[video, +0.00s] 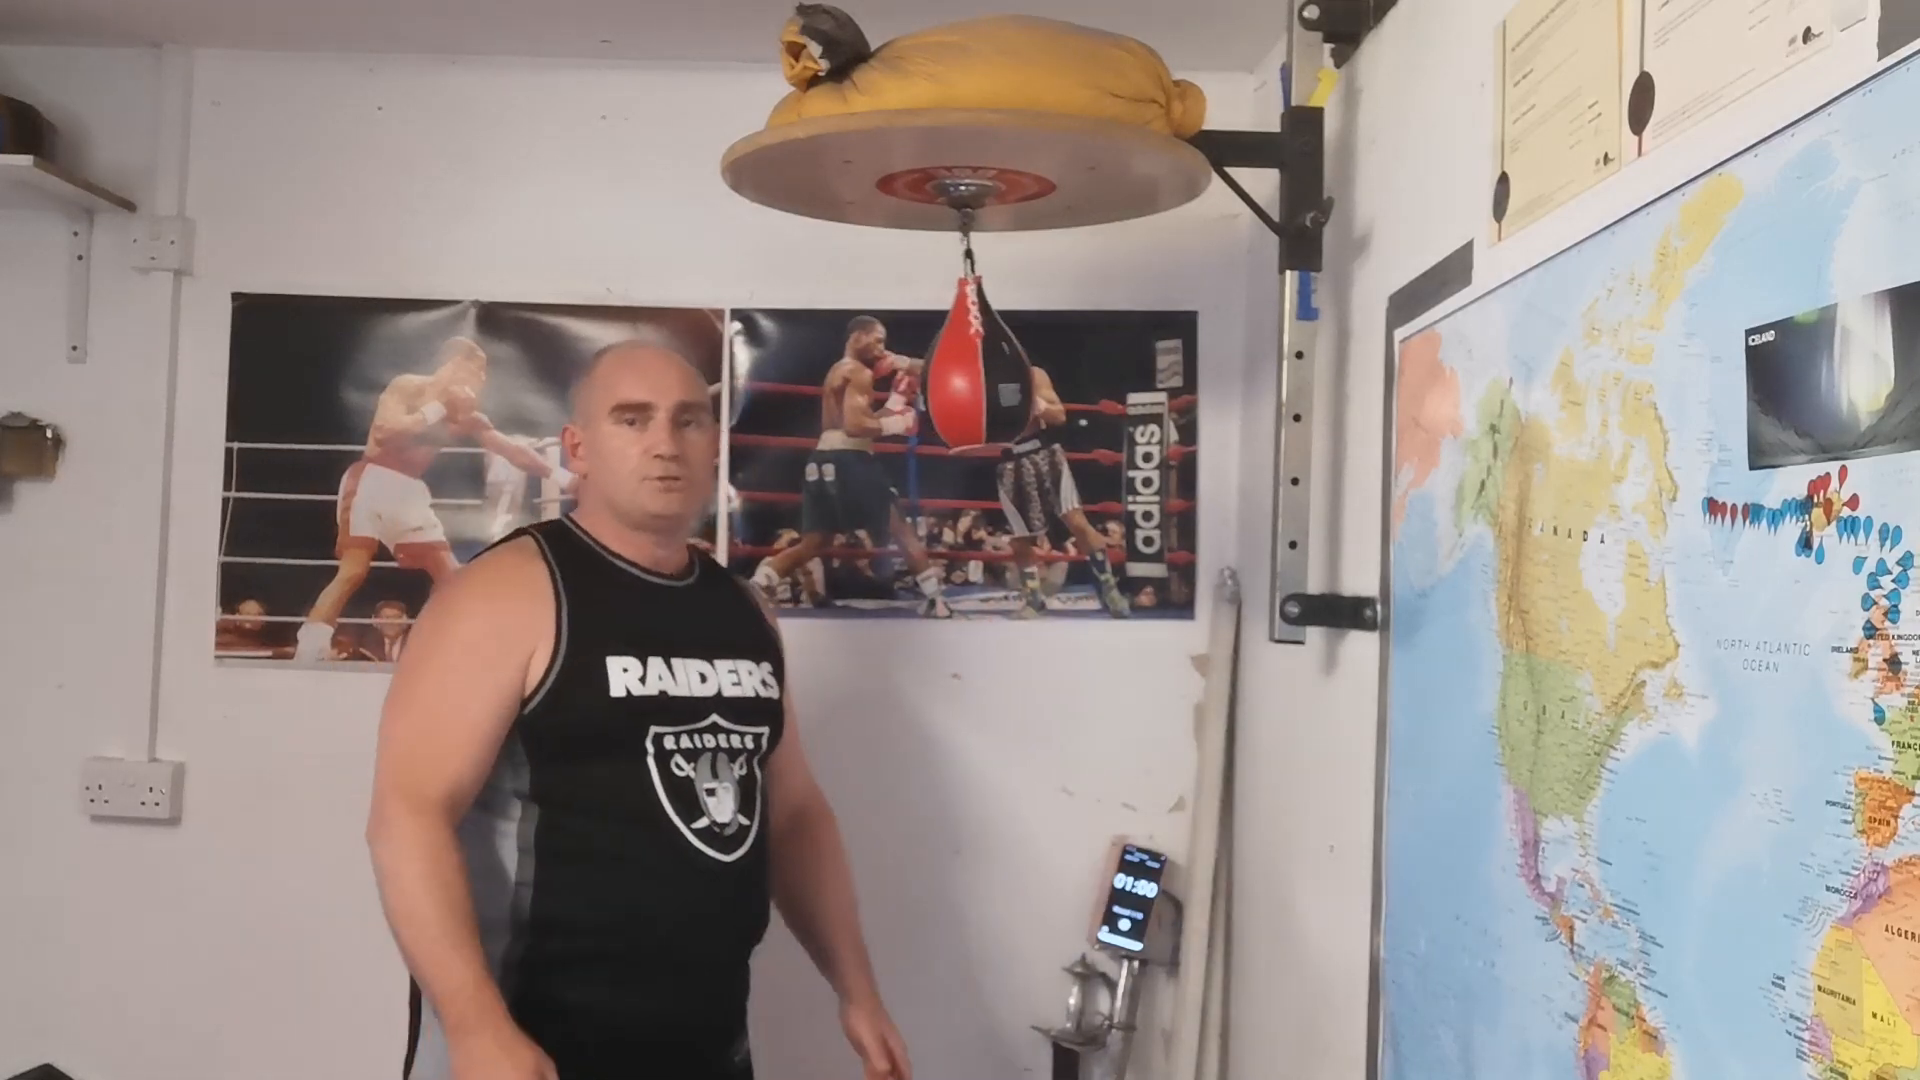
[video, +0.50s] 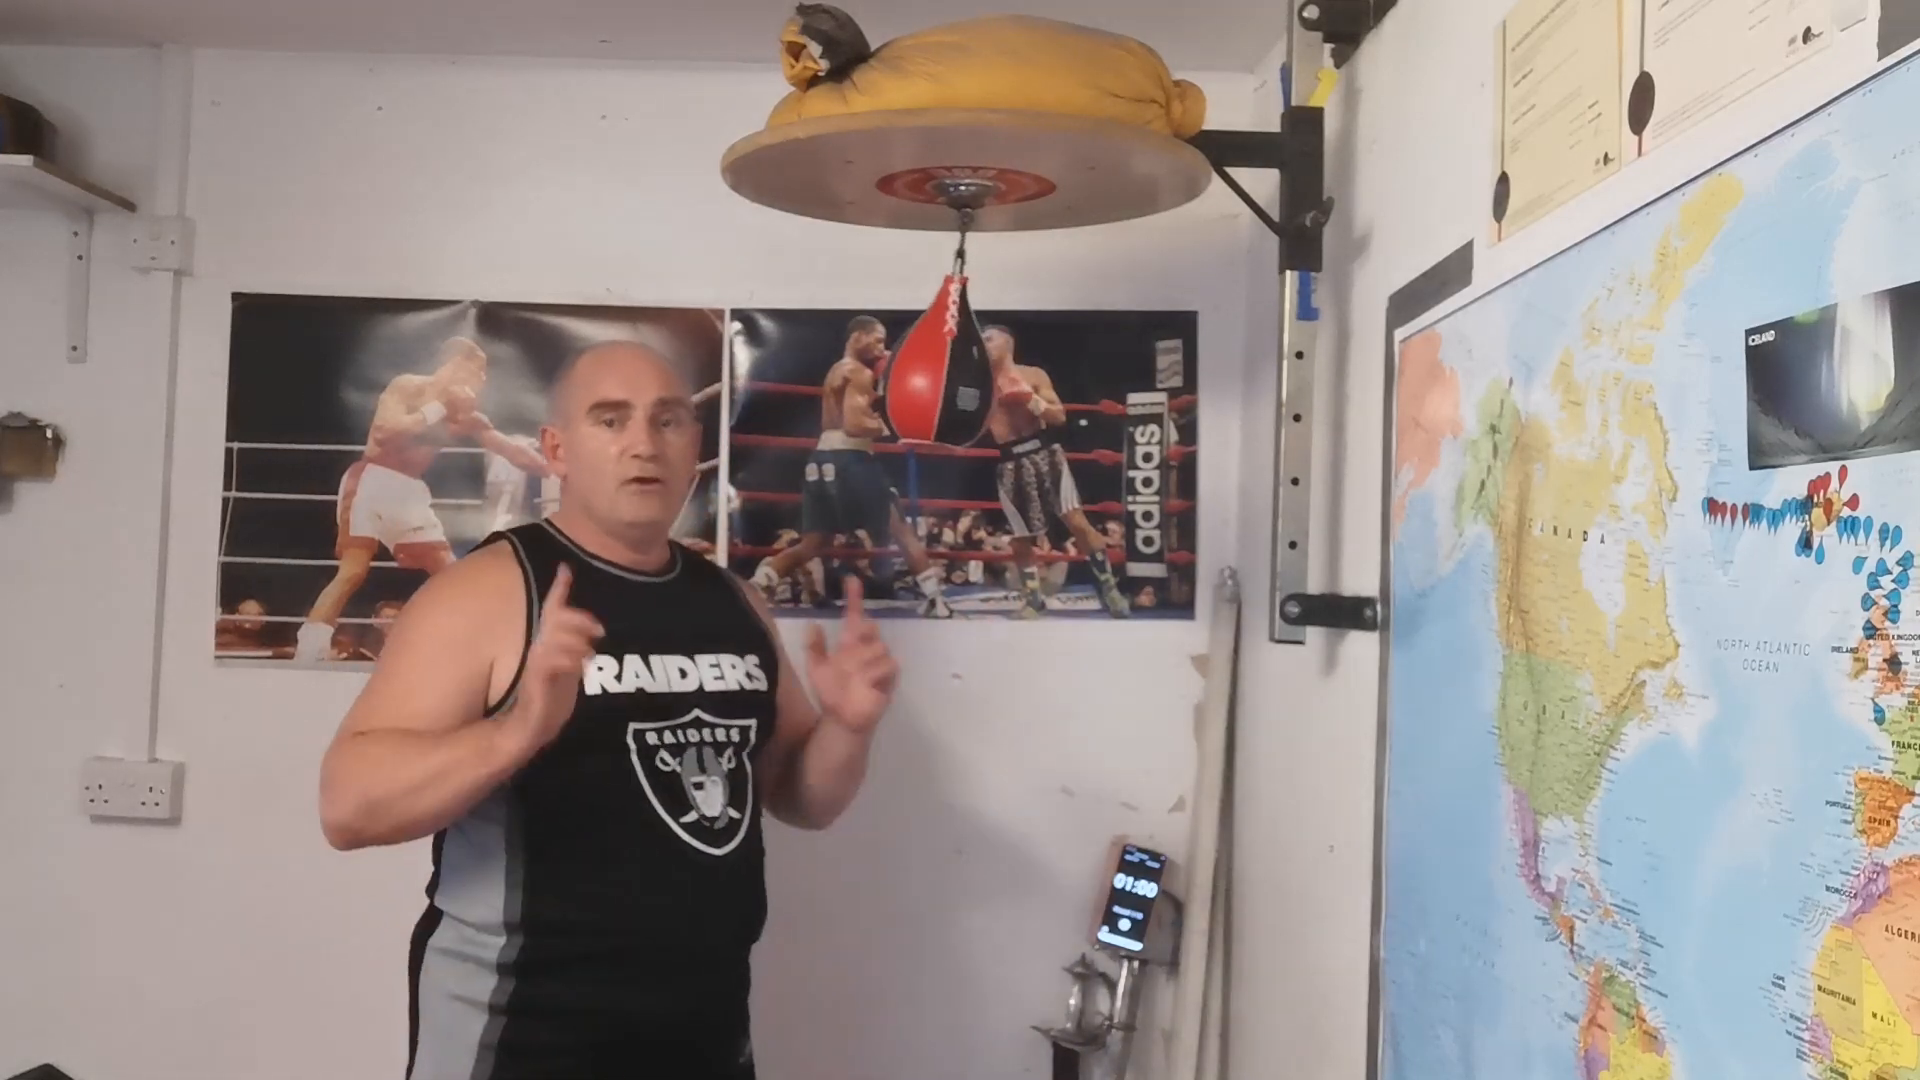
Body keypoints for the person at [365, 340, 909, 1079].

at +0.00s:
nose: (666, 444)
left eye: (689, 420)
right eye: (634, 418)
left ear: (716, 448)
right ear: (577, 449)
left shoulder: (739, 613)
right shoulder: (504, 595)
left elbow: (793, 816)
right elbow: (408, 816)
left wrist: (856, 988)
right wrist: (480, 1030)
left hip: (707, 1035)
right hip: (548, 1037)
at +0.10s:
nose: (659, 444)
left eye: (681, 419)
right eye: (626, 419)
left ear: (710, 446)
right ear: (570, 448)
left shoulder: (733, 609)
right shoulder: (502, 595)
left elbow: (789, 809)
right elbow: (394, 814)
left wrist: (850, 976)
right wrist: (487, 1022)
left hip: (706, 1040)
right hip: (540, 1044)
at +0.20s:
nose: (653, 443)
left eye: (676, 418)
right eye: (619, 419)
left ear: (706, 443)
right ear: (565, 450)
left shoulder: (730, 607)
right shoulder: (495, 598)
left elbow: (787, 801)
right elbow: (378, 811)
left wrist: (857, 949)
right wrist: (495, 989)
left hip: (711, 1038)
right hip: (553, 1042)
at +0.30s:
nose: (650, 443)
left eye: (672, 418)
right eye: (615, 419)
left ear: (703, 446)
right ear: (561, 452)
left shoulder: (731, 605)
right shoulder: (488, 598)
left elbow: (787, 784)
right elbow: (363, 803)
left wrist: (865, 879)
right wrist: (505, 915)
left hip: (704, 1034)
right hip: (528, 1040)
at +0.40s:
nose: (646, 443)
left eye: (669, 419)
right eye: (613, 418)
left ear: (699, 448)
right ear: (559, 450)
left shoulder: (730, 603)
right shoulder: (486, 595)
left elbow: (785, 774)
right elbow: (352, 798)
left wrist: (859, 788)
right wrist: (515, 810)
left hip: (699, 1026)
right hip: (521, 1030)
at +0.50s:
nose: (644, 443)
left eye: (667, 420)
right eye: (612, 419)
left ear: (696, 448)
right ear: (556, 450)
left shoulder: (726, 598)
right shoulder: (486, 591)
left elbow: (802, 798)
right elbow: (349, 803)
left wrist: (843, 728)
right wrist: (515, 730)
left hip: (698, 1021)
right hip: (519, 1025)